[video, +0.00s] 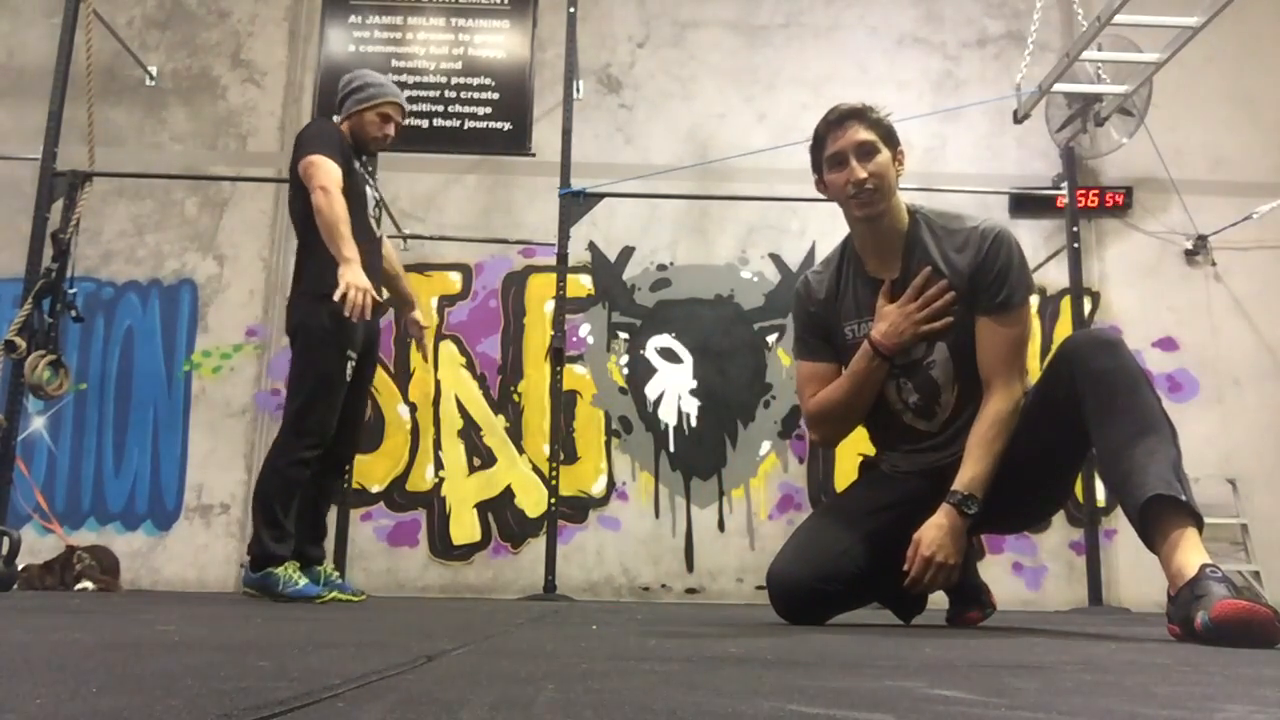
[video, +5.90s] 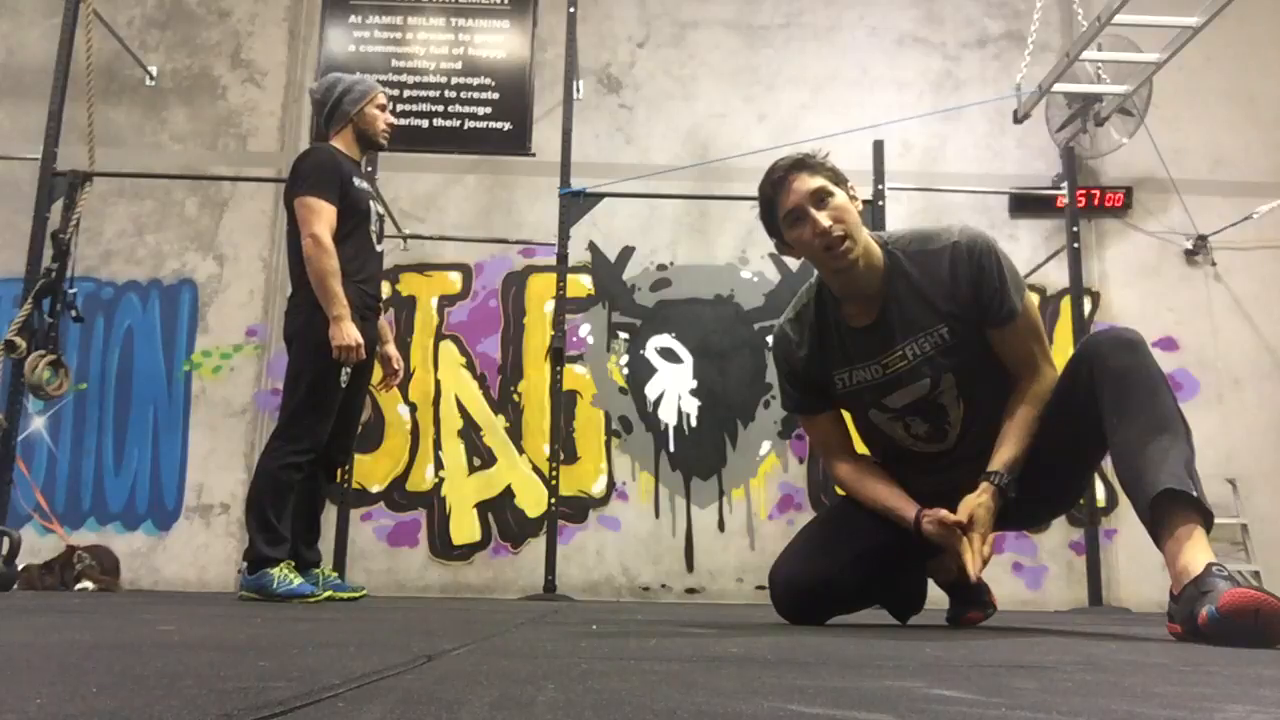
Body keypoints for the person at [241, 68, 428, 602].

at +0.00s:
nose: (390, 131)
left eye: (396, 123)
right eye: (382, 118)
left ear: (391, 125)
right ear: (352, 110)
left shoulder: (360, 171)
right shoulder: (321, 135)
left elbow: (378, 245)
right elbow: (324, 194)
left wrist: (408, 303)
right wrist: (349, 262)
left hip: (359, 315)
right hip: (326, 309)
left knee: (334, 442)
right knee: (306, 434)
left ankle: (308, 563)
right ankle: (268, 563)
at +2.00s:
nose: (389, 131)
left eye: (392, 122)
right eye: (381, 120)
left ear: (370, 125)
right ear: (350, 116)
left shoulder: (352, 178)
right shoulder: (311, 161)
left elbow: (360, 267)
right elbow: (310, 238)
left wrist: (383, 330)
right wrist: (340, 312)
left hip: (349, 329)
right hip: (317, 324)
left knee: (326, 450)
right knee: (293, 442)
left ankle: (303, 563)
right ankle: (263, 565)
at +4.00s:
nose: (386, 116)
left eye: (384, 108)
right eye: (376, 107)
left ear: (357, 116)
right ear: (345, 112)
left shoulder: (353, 174)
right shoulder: (315, 162)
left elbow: (359, 267)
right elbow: (311, 241)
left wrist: (380, 336)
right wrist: (335, 316)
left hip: (348, 329)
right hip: (318, 325)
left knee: (323, 451)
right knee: (295, 441)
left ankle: (302, 564)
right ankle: (262, 566)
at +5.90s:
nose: (390, 118)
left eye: (389, 109)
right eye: (381, 108)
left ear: (364, 118)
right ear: (349, 113)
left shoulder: (356, 176)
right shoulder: (320, 163)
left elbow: (364, 267)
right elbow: (316, 242)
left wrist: (384, 337)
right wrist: (339, 317)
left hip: (351, 327)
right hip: (321, 323)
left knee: (326, 450)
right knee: (298, 440)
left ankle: (303, 563)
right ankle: (263, 566)